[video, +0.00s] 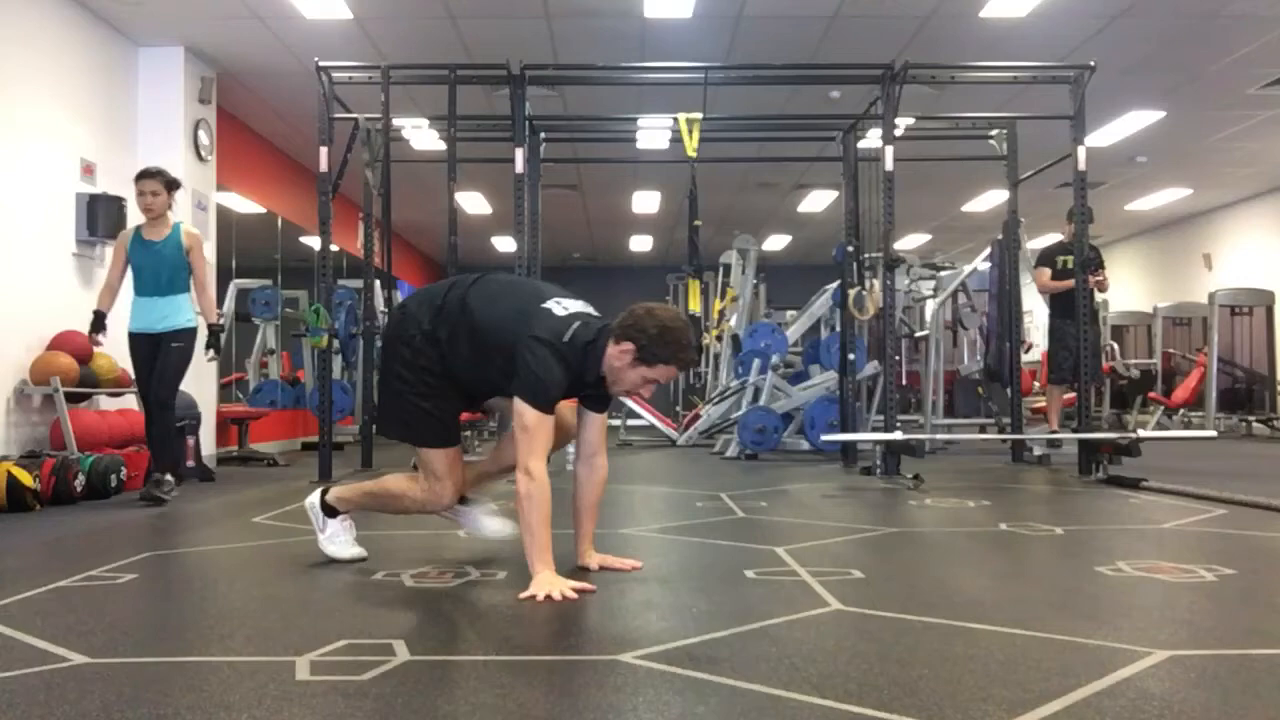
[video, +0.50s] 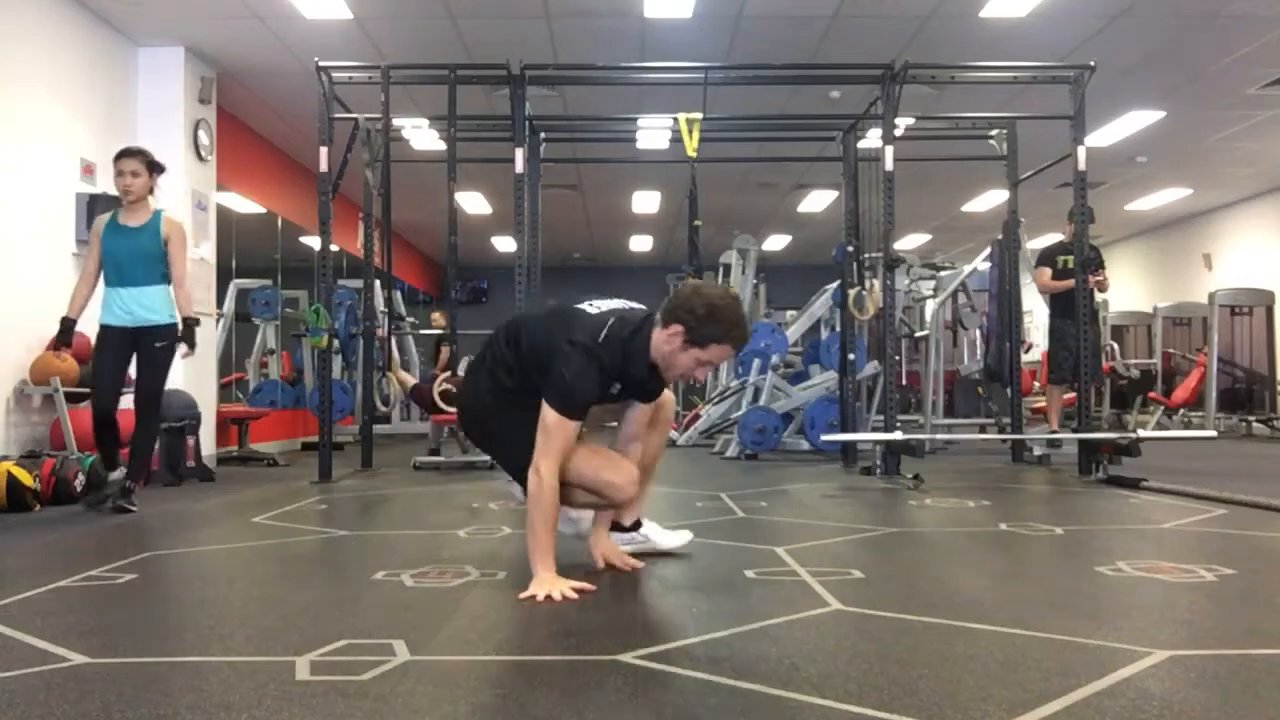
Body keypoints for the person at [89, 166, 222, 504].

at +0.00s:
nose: (147, 200)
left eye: (154, 194)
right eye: (141, 194)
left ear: (170, 196)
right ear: (136, 198)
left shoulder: (188, 237)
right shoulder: (128, 238)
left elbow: (203, 286)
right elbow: (113, 282)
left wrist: (213, 325)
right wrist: (99, 316)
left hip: (179, 327)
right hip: (141, 328)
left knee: (162, 397)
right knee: (150, 401)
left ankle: (164, 473)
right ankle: (162, 473)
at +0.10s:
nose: (143, 199)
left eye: (151, 193)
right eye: (137, 193)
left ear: (166, 196)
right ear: (131, 197)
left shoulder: (184, 237)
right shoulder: (123, 238)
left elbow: (199, 287)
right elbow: (108, 281)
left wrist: (211, 328)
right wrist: (94, 314)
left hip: (175, 328)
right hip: (137, 329)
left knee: (159, 399)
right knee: (148, 402)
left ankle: (147, 476)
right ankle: (167, 472)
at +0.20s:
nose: (139, 197)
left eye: (146, 191)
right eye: (133, 191)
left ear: (162, 195)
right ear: (127, 195)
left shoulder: (180, 237)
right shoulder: (117, 237)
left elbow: (194, 290)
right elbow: (101, 282)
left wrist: (208, 332)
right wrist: (86, 314)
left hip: (168, 330)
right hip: (130, 331)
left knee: (151, 402)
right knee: (141, 403)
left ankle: (140, 480)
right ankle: (160, 473)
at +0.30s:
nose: (135, 192)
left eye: (143, 186)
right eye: (129, 186)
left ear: (159, 190)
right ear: (124, 191)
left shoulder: (177, 235)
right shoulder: (113, 234)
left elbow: (189, 288)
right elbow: (97, 281)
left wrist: (204, 332)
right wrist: (77, 321)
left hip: (163, 328)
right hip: (123, 330)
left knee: (148, 404)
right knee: (128, 406)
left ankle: (133, 486)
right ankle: (148, 474)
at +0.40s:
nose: (130, 186)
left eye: (138, 180)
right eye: (124, 180)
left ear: (155, 185)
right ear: (119, 186)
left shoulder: (173, 233)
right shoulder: (107, 229)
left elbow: (184, 286)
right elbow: (90, 280)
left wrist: (197, 330)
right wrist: (70, 324)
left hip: (160, 329)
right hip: (118, 330)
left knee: (149, 409)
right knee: (106, 412)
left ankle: (130, 486)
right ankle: (140, 460)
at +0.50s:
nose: (126, 181)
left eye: (134, 174)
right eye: (120, 175)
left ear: (152, 179)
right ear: (114, 181)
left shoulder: (169, 227)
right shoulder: (103, 225)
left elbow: (179, 281)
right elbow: (88, 279)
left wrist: (189, 322)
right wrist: (67, 326)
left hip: (158, 326)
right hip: (114, 326)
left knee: (146, 407)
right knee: (103, 405)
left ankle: (131, 487)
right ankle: (111, 470)